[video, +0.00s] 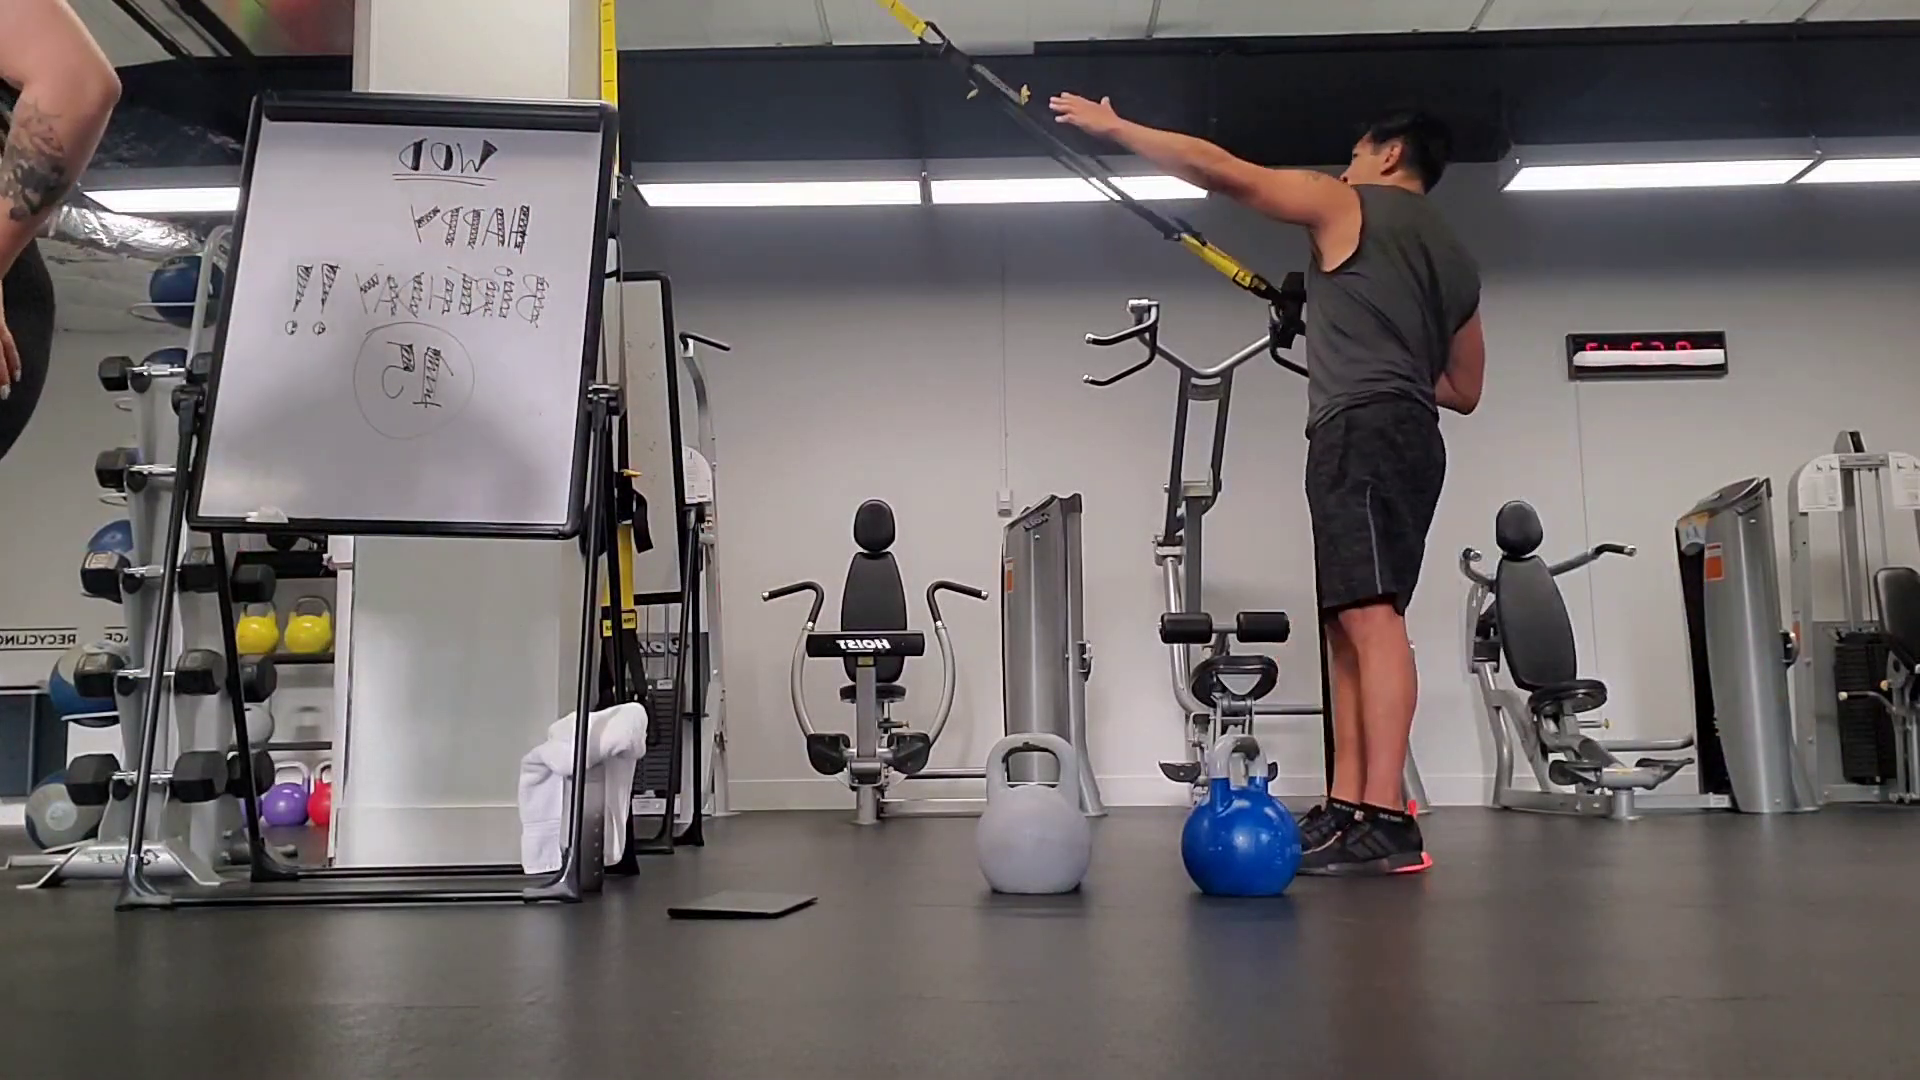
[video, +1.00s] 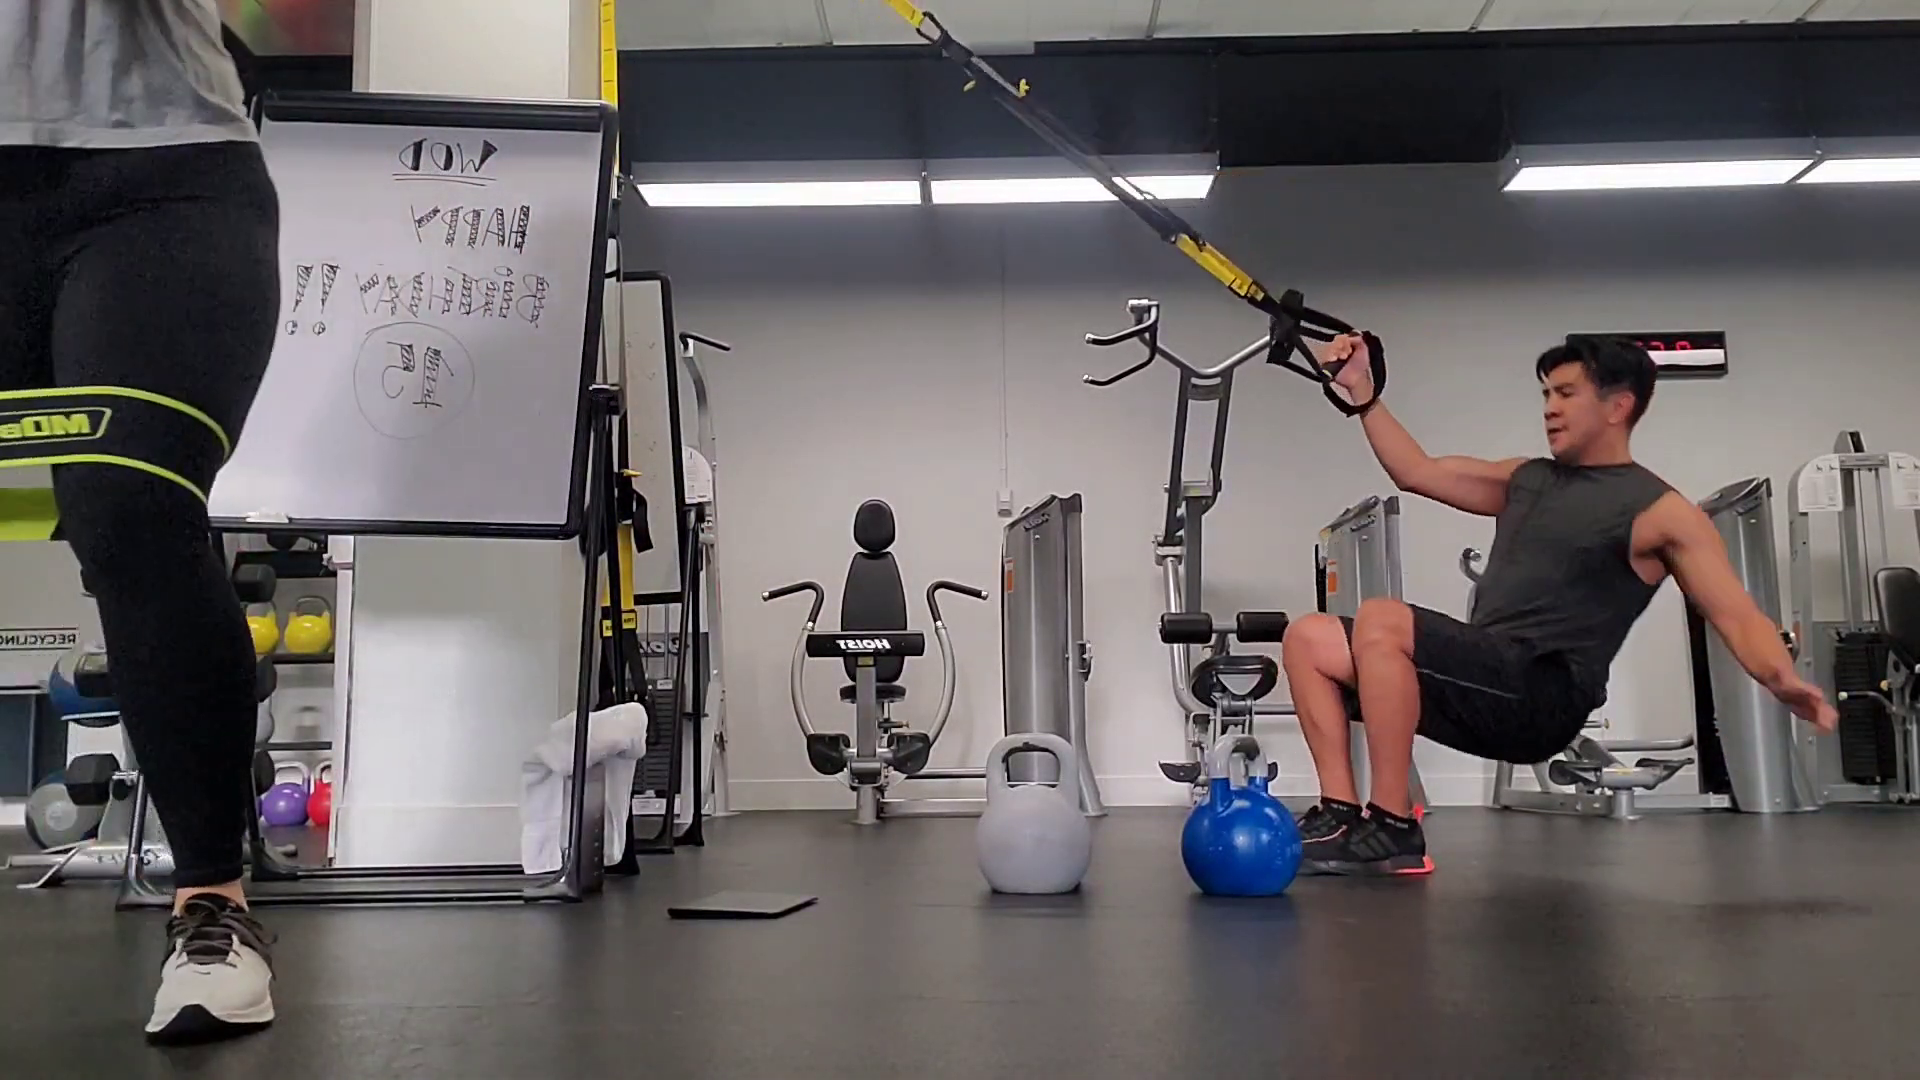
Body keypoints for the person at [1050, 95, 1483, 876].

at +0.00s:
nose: (1351, 163)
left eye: (1360, 151)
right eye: (1357, 153)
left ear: (1391, 152)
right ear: (1419, 167)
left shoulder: (1344, 202)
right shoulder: (1453, 257)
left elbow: (1221, 169)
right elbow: (1462, 390)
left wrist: (1113, 124)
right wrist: (1360, 350)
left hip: (1361, 431)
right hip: (1406, 437)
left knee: (1373, 617)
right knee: (1347, 620)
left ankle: (1388, 819)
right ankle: (1349, 806)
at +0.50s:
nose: (1355, 182)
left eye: (1365, 168)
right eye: (1358, 170)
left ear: (1409, 170)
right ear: (1412, 176)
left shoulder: (1409, 220)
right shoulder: (1417, 255)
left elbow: (1297, 209)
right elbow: (1424, 349)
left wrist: (1194, 169)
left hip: (1418, 441)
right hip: (1388, 448)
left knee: (1349, 619)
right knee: (1319, 626)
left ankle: (1387, 821)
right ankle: (1347, 812)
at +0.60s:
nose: (1384, 206)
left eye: (1397, 191)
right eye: (1385, 195)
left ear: (1445, 195)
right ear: (1430, 200)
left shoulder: (1469, 255)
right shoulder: (1417, 280)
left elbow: (1391, 270)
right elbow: (1399, 396)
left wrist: (1271, 230)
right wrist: (1361, 356)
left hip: (1447, 469)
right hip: (1398, 476)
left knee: (1334, 620)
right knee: (1293, 632)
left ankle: (1387, 822)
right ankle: (1346, 812)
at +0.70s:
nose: (1423, 250)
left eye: (1437, 233)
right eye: (1423, 237)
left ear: (1488, 238)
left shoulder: (1516, 307)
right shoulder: (1453, 341)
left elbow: (1513, 362)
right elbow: (1393, 439)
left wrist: (1379, 330)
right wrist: (1363, 369)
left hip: (1473, 515)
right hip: (1418, 520)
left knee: (1326, 624)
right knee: (1279, 636)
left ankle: (1388, 822)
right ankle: (1345, 811)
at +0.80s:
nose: (1467, 302)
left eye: (1481, 286)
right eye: (1466, 291)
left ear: (1536, 291)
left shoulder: (1572, 379)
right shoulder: (1483, 395)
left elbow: (1602, 468)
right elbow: (1394, 449)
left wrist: (1522, 461)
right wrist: (1365, 372)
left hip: (1501, 575)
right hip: (1446, 571)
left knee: (1329, 626)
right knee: (1276, 640)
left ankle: (1388, 824)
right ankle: (1342, 810)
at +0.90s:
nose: (1512, 358)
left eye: (1528, 341)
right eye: (1511, 344)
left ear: (1582, 351)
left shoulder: (1623, 448)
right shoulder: (1503, 440)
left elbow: (1692, 554)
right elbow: (1405, 462)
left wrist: (1678, 592)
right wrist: (1365, 391)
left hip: (1526, 638)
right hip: (1462, 627)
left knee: (1347, 623)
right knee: (1286, 639)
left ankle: (1390, 823)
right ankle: (1339, 813)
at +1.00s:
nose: (1548, 410)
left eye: (1564, 394)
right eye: (1547, 397)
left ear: (1622, 404)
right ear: (1552, 407)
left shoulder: (1663, 510)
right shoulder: (1524, 479)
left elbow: (1734, 612)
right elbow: (1416, 470)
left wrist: (1780, 676)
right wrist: (1362, 397)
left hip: (1547, 695)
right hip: (1481, 682)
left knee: (1382, 620)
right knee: (1308, 639)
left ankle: (1395, 824)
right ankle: (1341, 811)